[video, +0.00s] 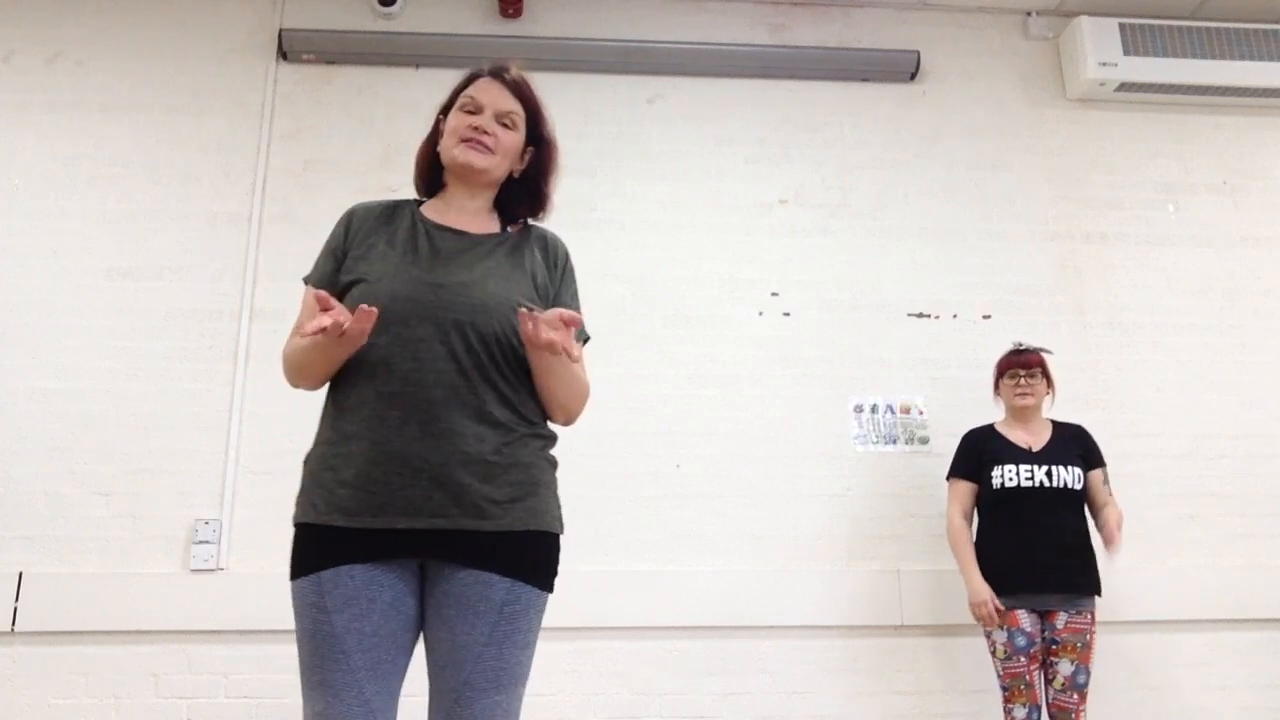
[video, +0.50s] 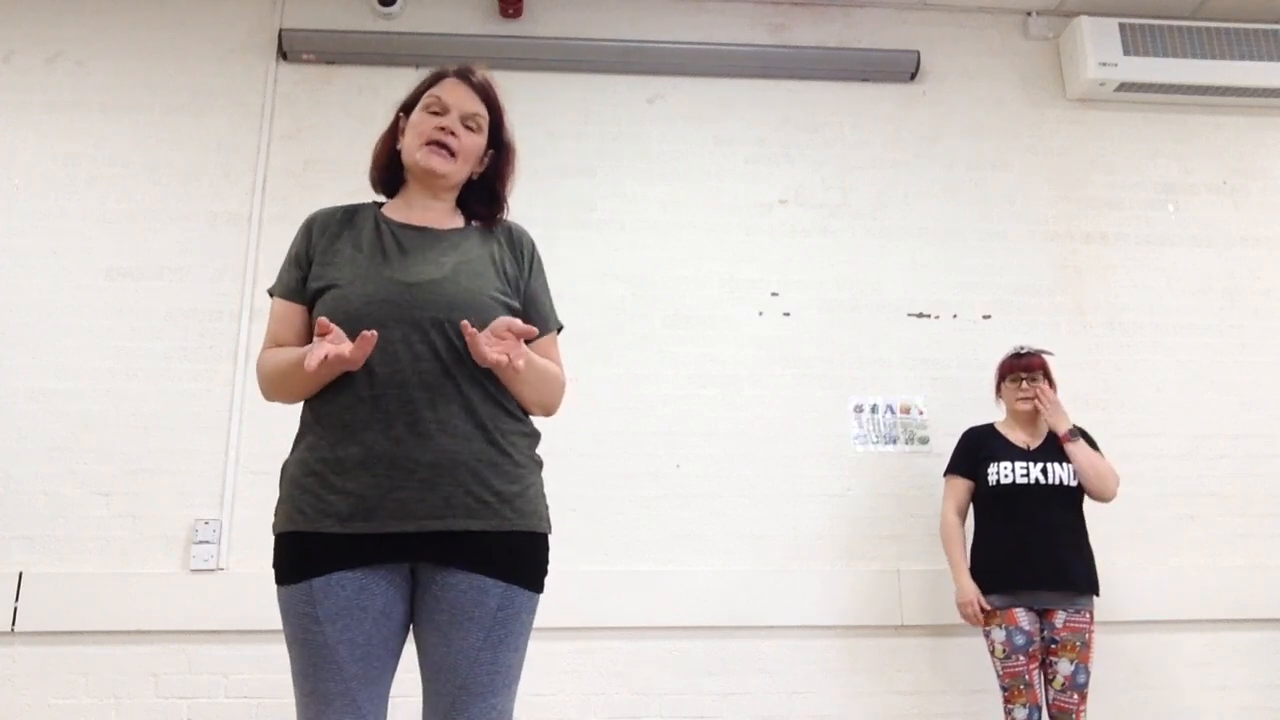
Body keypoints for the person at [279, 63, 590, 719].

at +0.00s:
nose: (483, 124)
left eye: (506, 121)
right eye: (469, 109)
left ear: (523, 156)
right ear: (440, 129)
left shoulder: (543, 254)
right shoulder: (364, 226)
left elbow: (567, 408)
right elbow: (299, 370)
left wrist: (549, 352)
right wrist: (331, 344)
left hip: (499, 524)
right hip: (352, 516)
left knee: (478, 714)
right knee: (344, 712)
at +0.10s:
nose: (473, 123)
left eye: (496, 120)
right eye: (460, 109)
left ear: (513, 156)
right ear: (429, 128)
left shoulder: (534, 253)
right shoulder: (354, 227)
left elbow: (558, 407)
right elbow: (293, 371)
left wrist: (533, 362)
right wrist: (325, 353)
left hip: (494, 523)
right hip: (344, 515)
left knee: (476, 714)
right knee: (339, 712)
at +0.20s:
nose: (463, 125)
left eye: (486, 121)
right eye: (451, 110)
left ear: (503, 157)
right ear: (420, 129)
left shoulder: (527, 251)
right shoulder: (345, 228)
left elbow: (556, 403)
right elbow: (287, 365)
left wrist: (521, 362)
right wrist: (319, 362)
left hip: (490, 525)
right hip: (338, 519)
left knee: (474, 714)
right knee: (337, 713)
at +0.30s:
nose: (457, 129)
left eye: (479, 124)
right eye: (443, 112)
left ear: (495, 158)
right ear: (411, 130)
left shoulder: (520, 251)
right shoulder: (337, 231)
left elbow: (553, 401)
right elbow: (279, 369)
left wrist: (513, 359)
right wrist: (318, 364)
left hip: (488, 526)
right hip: (336, 520)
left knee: (473, 714)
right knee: (337, 713)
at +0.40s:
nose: (453, 128)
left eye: (475, 125)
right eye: (439, 112)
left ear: (489, 161)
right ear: (405, 130)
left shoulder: (514, 250)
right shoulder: (330, 232)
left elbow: (549, 400)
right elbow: (274, 371)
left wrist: (514, 363)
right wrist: (316, 366)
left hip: (488, 524)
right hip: (336, 519)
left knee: (474, 714)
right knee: (336, 713)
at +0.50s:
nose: (449, 125)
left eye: (471, 123)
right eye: (435, 110)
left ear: (485, 159)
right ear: (401, 128)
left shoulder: (511, 248)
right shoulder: (326, 232)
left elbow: (548, 396)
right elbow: (272, 374)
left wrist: (511, 361)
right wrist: (314, 367)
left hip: (487, 523)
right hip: (336, 519)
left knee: (473, 714)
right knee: (337, 713)